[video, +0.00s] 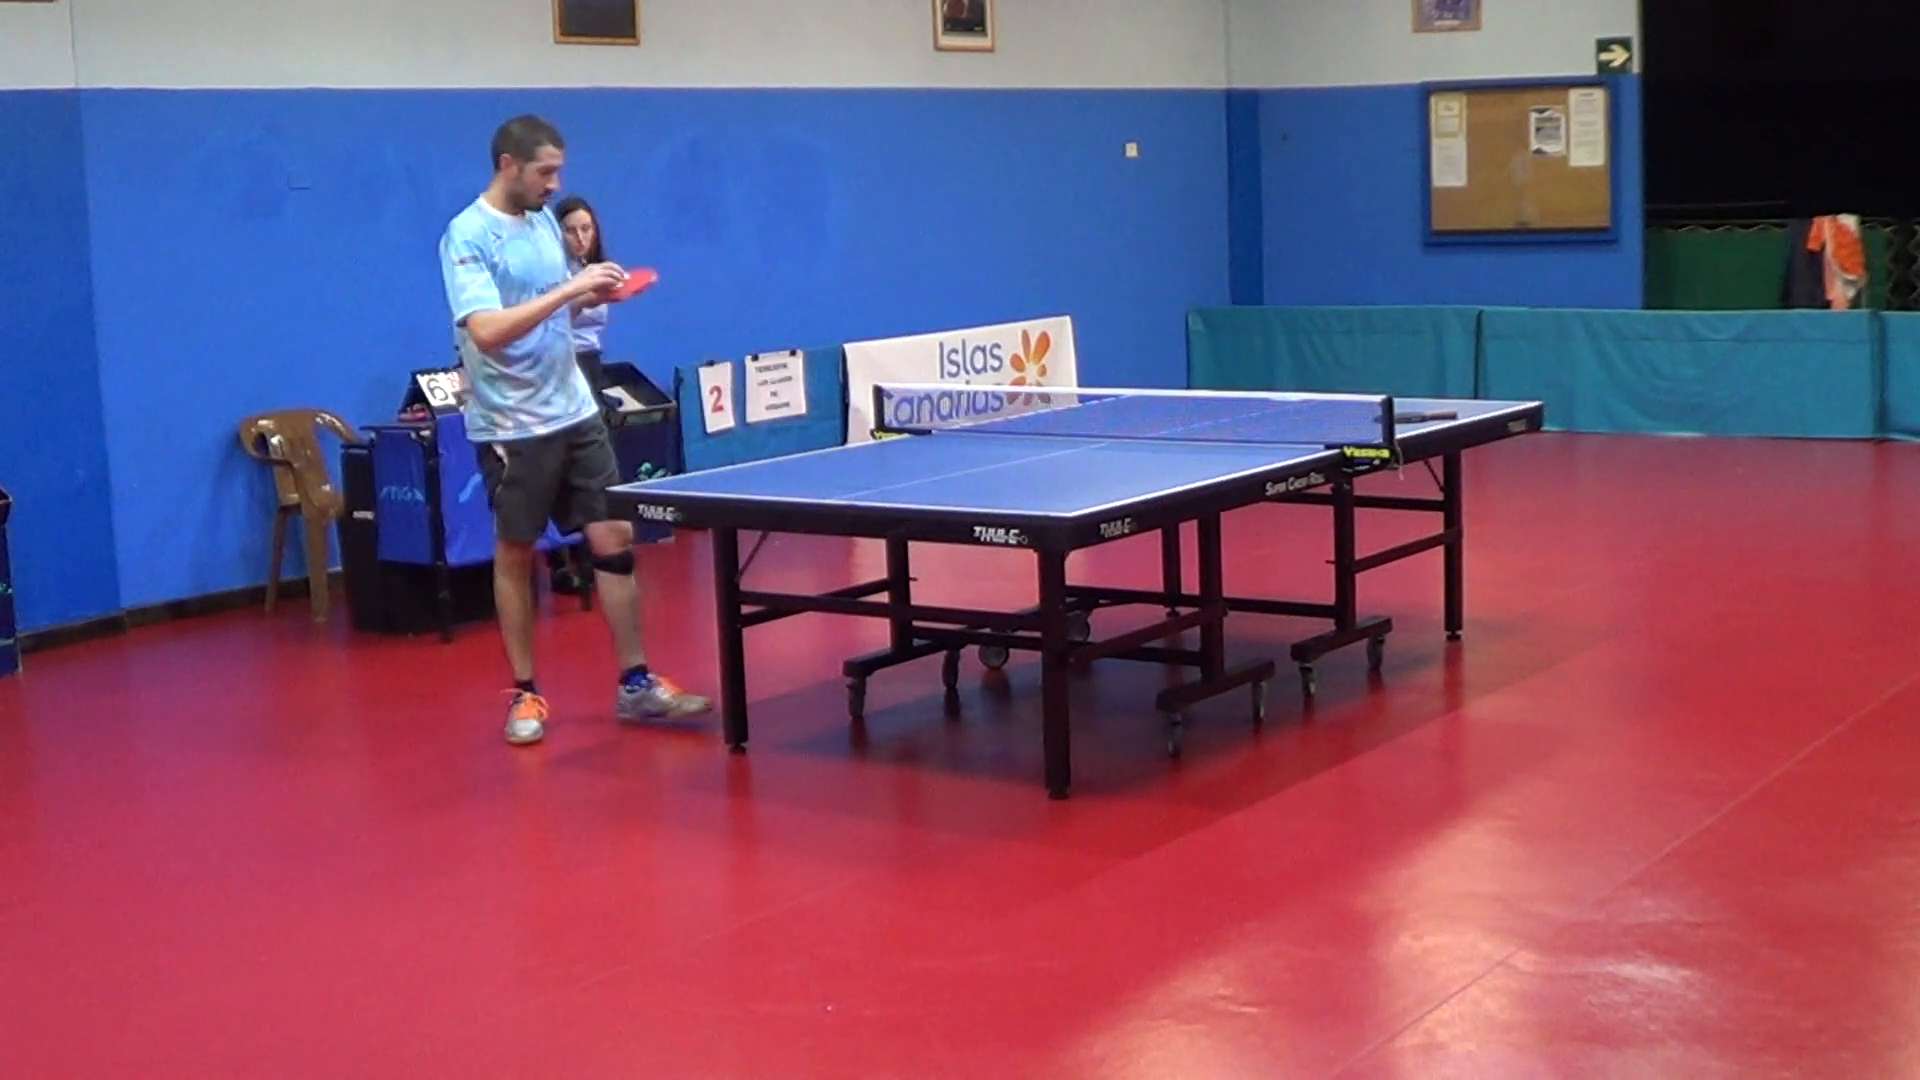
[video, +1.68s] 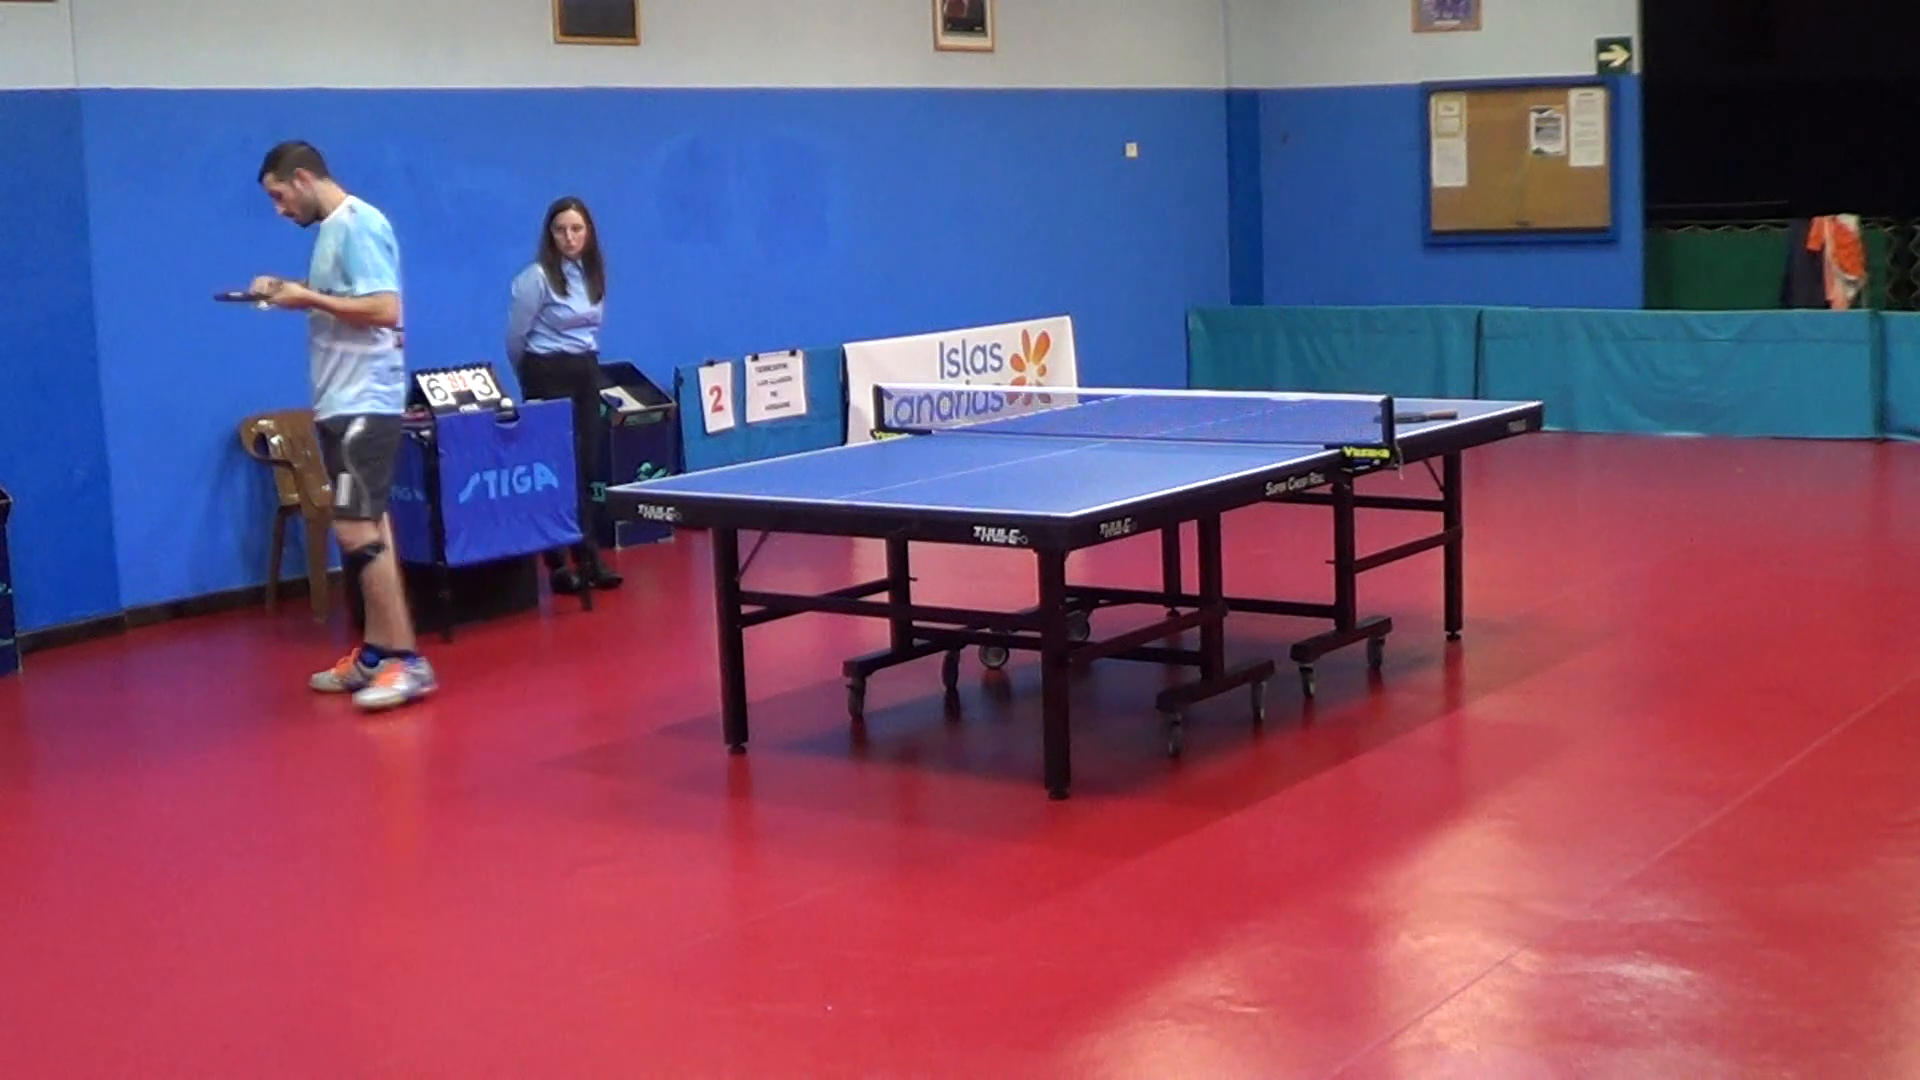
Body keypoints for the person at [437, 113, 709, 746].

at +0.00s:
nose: (553, 183)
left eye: (557, 173)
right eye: (545, 172)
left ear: (536, 169)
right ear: (508, 166)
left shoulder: (544, 221)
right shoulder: (465, 235)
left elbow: (553, 307)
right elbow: (487, 333)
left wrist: (594, 290)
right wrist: (570, 291)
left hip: (576, 408)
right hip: (513, 425)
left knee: (614, 538)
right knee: (516, 553)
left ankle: (636, 684)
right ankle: (526, 693)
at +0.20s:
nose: (529, 186)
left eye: (533, 175)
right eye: (520, 175)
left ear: (529, 172)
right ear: (483, 168)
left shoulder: (527, 219)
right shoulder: (447, 238)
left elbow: (534, 301)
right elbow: (452, 329)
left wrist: (571, 291)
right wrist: (538, 292)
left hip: (563, 403)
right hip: (501, 422)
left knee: (600, 534)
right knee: (508, 551)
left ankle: (564, 660)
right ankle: (522, 689)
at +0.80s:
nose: (472, 192)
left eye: (479, 180)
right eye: (461, 182)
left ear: (499, 168)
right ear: (448, 175)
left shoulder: (534, 226)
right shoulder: (429, 230)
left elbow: (572, 316)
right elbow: (381, 308)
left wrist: (530, 294)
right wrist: (451, 288)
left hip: (518, 404)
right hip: (451, 404)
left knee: (508, 539)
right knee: (463, 535)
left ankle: (508, 663)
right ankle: (476, 677)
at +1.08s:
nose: (431, 194)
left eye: (437, 181)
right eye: (420, 186)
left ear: (461, 166)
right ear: (412, 184)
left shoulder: (511, 223)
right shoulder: (405, 232)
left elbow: (550, 309)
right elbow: (338, 296)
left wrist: (490, 296)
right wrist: (371, 286)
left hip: (492, 407)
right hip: (422, 408)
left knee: (497, 533)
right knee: (402, 530)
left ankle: (506, 664)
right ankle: (393, 669)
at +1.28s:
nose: (372, 200)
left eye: (376, 187)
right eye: (365, 192)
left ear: (406, 170)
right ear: (370, 188)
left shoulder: (468, 223)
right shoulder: (377, 240)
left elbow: (507, 306)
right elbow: (331, 314)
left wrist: (429, 295)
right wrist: (330, 285)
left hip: (461, 405)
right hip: (397, 409)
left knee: (482, 531)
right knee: (384, 525)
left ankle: (505, 661)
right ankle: (375, 657)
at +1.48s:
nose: (316, 208)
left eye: (316, 195)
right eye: (309, 199)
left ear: (346, 177)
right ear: (333, 185)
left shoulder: (408, 224)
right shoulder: (346, 242)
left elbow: (439, 309)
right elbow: (320, 320)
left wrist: (359, 298)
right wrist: (300, 298)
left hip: (412, 411)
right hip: (362, 413)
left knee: (439, 532)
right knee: (376, 529)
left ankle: (488, 657)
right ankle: (375, 658)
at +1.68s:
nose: (280, 210)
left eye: (278, 196)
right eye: (274, 200)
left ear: (303, 178)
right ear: (303, 180)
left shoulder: (361, 226)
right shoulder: (334, 232)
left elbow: (385, 310)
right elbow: (340, 303)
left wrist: (307, 298)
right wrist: (287, 290)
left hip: (367, 404)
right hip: (341, 403)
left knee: (356, 528)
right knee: (367, 528)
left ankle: (406, 660)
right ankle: (375, 654)